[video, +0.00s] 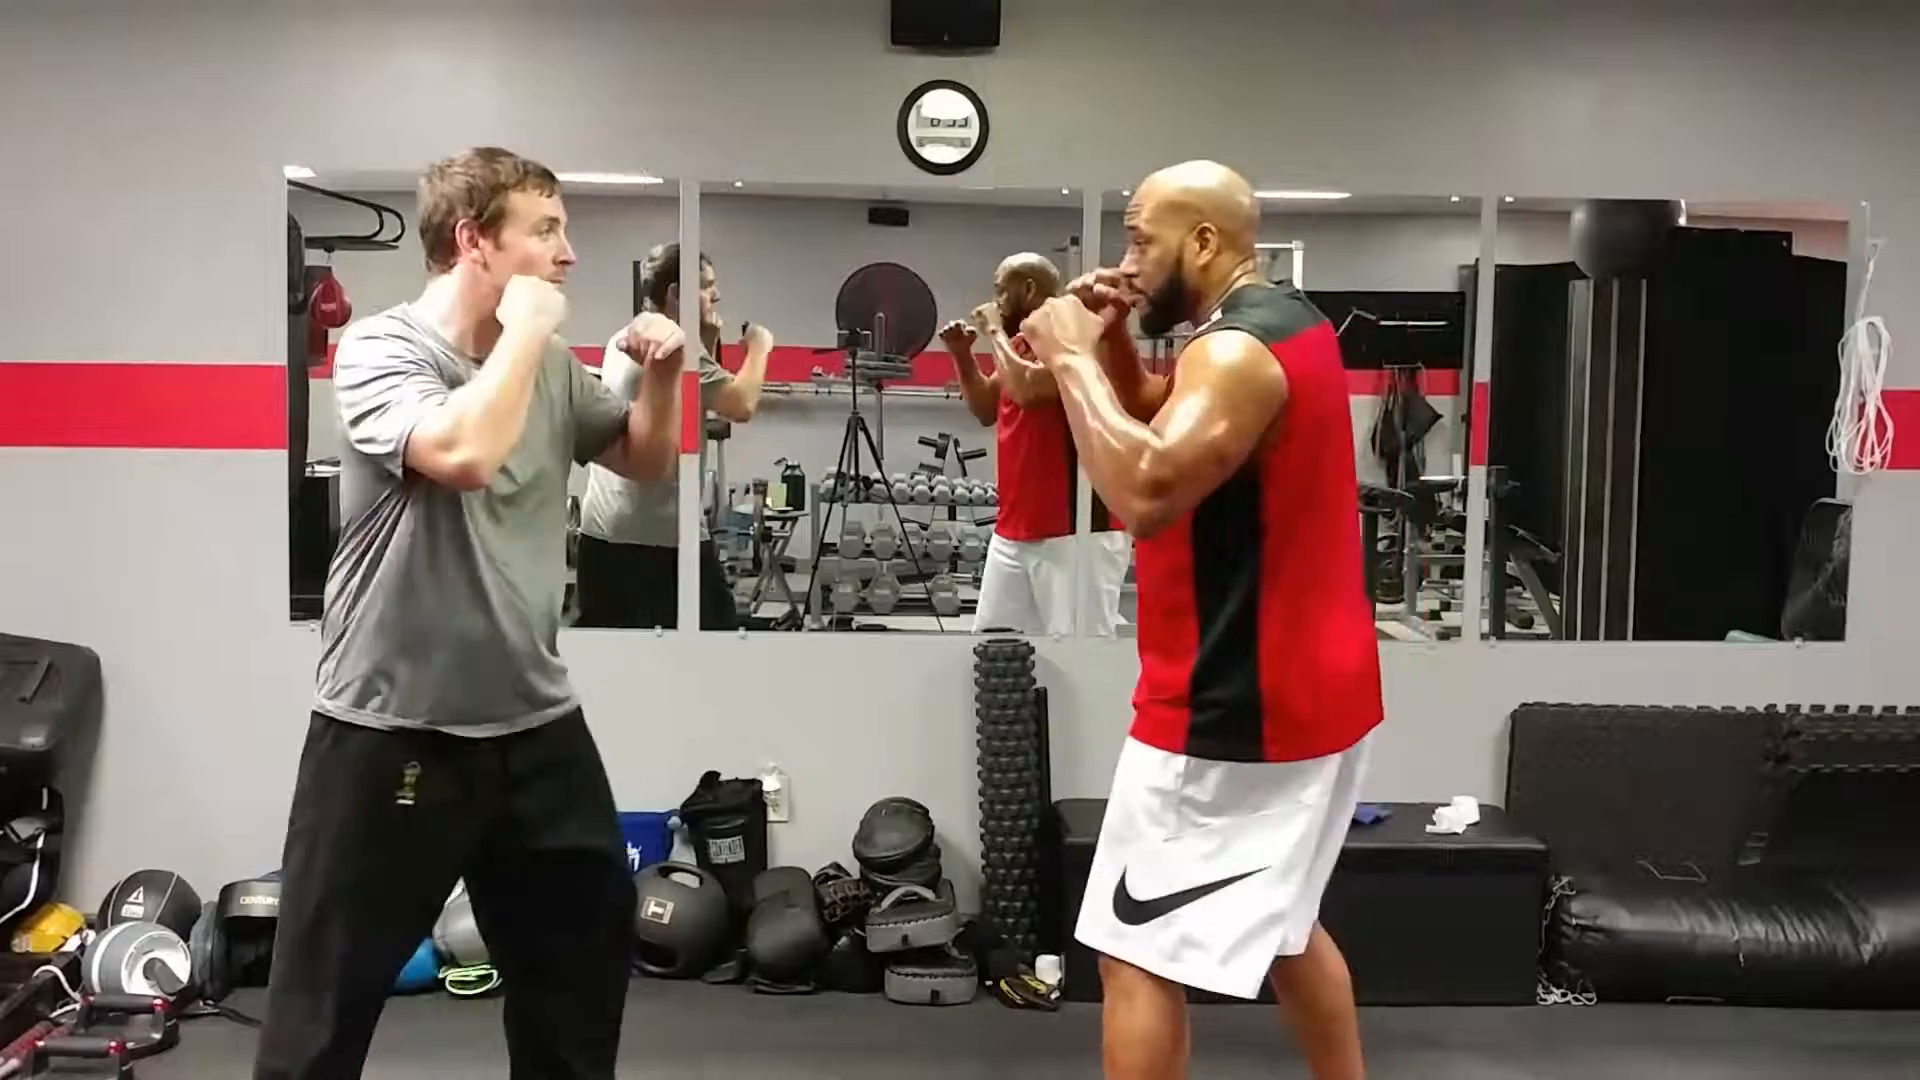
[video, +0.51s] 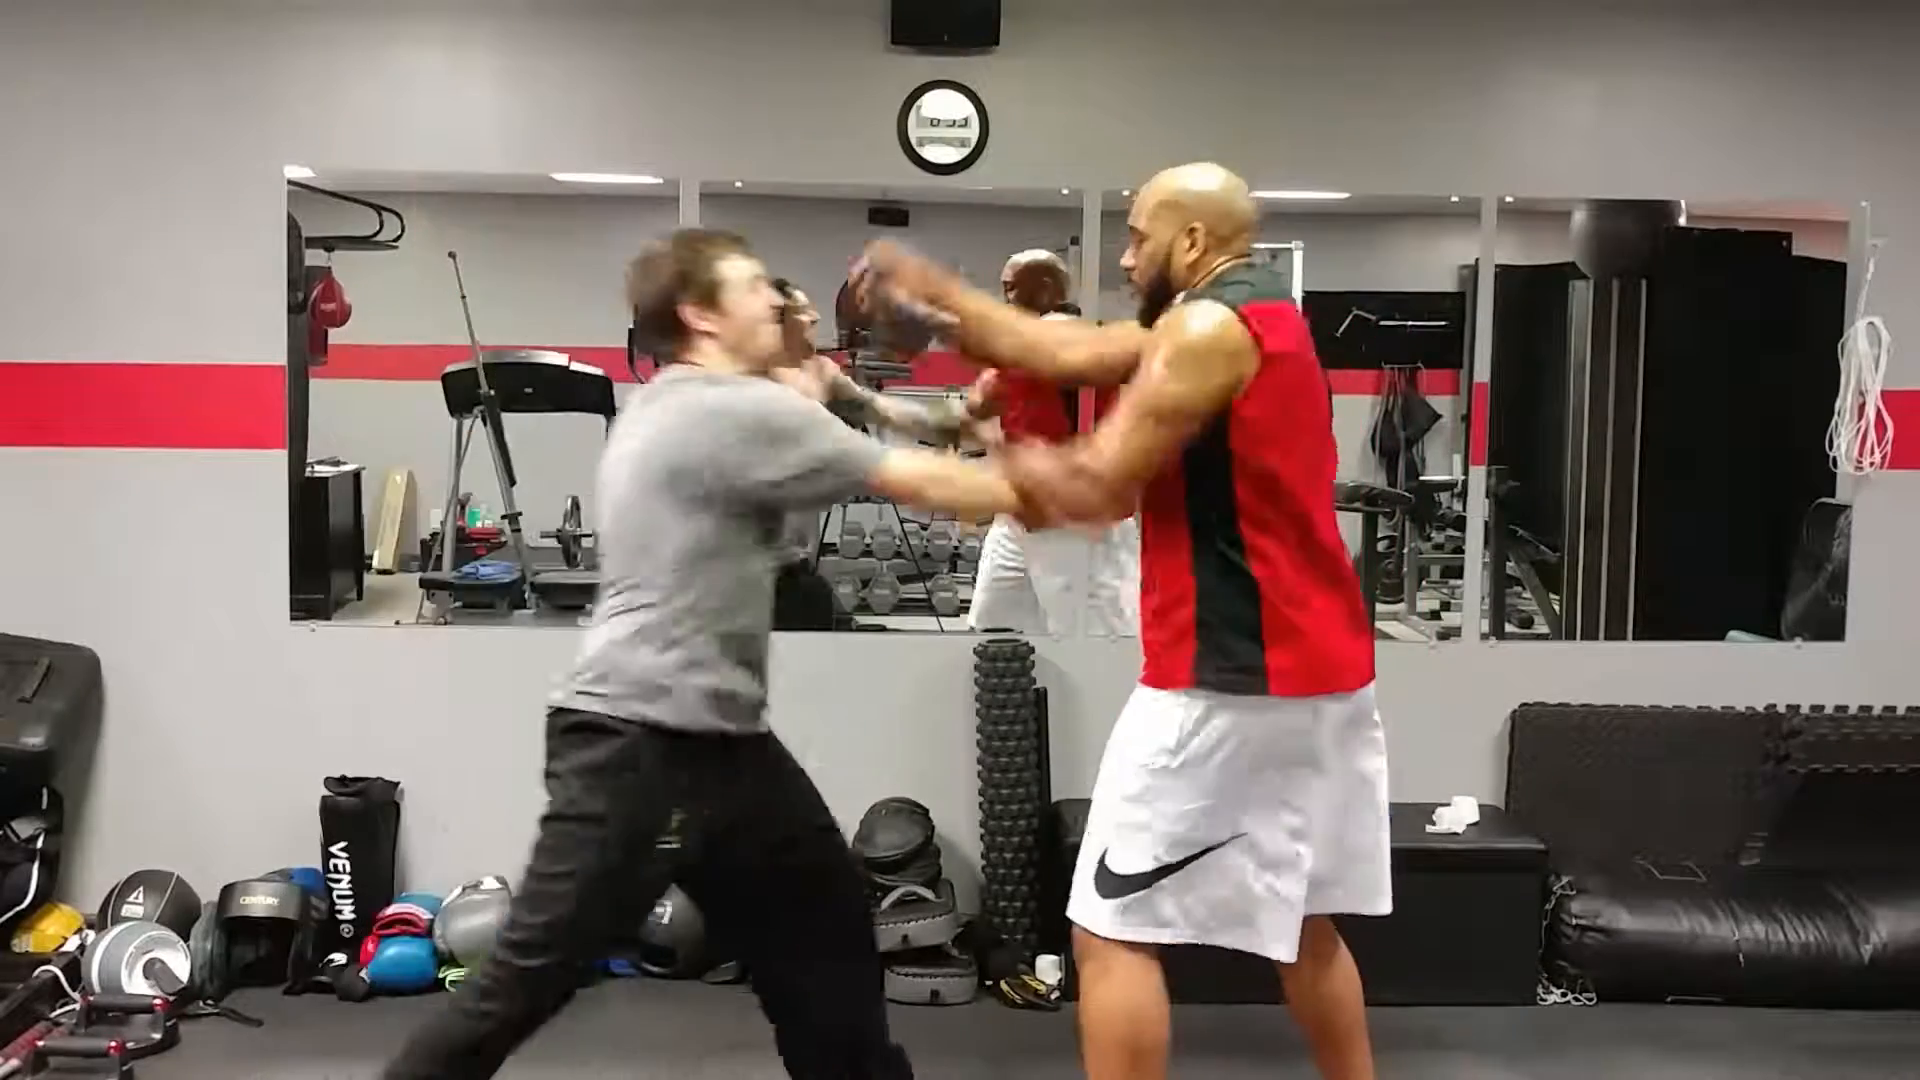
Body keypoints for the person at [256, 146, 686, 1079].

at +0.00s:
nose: (567, 254)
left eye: (565, 234)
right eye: (548, 233)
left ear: (486, 242)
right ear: (472, 243)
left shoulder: (548, 365)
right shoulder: (376, 350)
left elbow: (646, 460)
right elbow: (461, 452)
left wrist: (659, 374)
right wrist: (525, 329)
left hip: (536, 730)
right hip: (386, 735)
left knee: (579, 998)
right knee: (318, 1021)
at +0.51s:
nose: (783, 304)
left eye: (775, 285)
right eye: (760, 287)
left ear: (699, 322)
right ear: (701, 317)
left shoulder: (661, 412)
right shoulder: (734, 411)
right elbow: (912, 479)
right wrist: (1038, 495)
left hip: (722, 740)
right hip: (632, 736)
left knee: (828, 948)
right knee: (523, 979)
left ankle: (857, 1073)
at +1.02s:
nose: (792, 294)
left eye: (789, 277)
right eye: (772, 277)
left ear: (723, 294)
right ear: (708, 290)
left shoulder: (751, 394)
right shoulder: (665, 405)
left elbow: (835, 485)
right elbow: (783, 567)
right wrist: (928, 649)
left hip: (749, 709)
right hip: (648, 713)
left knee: (858, 933)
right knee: (619, 990)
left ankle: (868, 1066)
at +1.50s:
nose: (702, 379)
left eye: (706, 361)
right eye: (688, 358)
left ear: (632, 355)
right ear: (621, 349)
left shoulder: (614, 461)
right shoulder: (534, 453)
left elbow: (601, 614)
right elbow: (492, 629)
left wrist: (627, 572)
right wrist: (610, 638)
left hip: (543, 713)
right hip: (428, 710)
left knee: (618, 939)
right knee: (409, 954)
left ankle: (596, 1076)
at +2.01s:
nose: (499, 279)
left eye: (499, 258)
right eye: (481, 258)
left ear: (428, 264)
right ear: (410, 261)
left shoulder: (469, 376)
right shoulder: (314, 361)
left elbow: (566, 480)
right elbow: (361, 502)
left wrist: (555, 390)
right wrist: (468, 393)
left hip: (426, 705)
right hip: (285, 697)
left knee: (471, 965)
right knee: (223, 967)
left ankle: (476, 1075)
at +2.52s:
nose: (650, 309)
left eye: (644, 295)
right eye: (625, 295)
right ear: (561, 322)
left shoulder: (619, 405)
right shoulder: (572, 393)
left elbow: (699, 517)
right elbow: (761, 372)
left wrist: (706, 411)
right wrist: (910, 348)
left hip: (625, 739)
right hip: (508, 739)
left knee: (733, 915)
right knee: (389, 958)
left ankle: (816, 1062)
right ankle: (277, 1068)